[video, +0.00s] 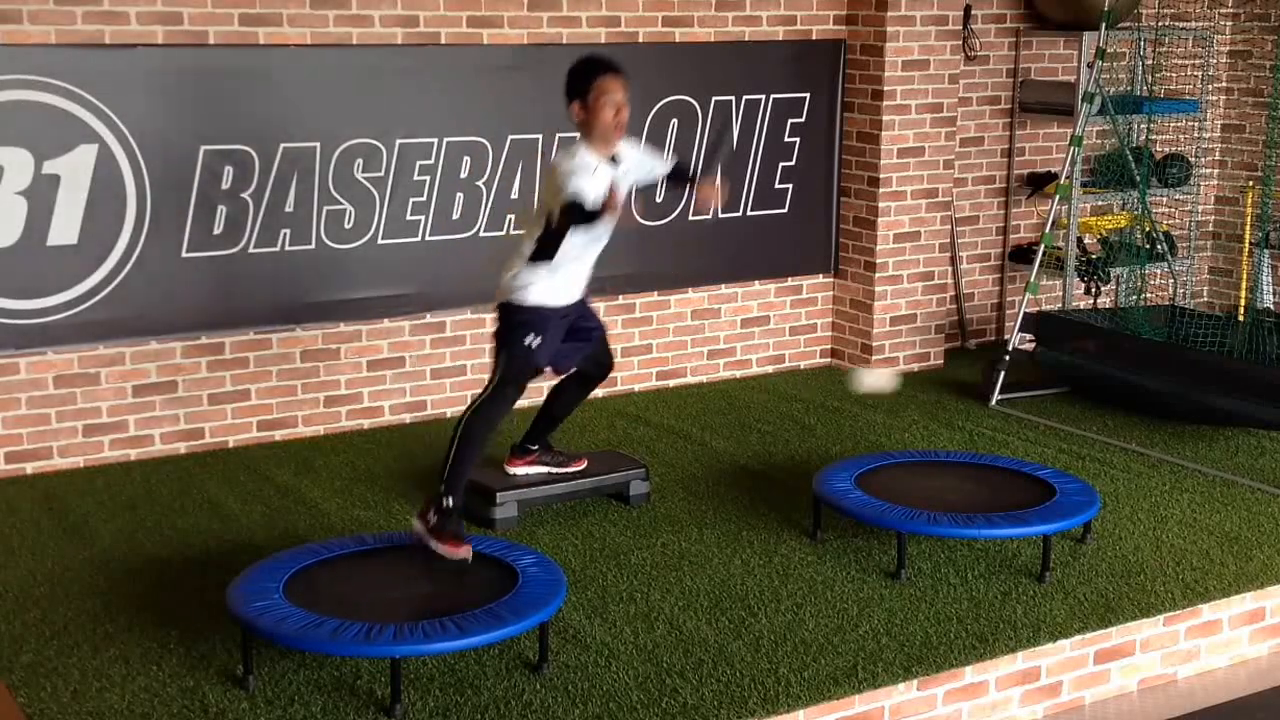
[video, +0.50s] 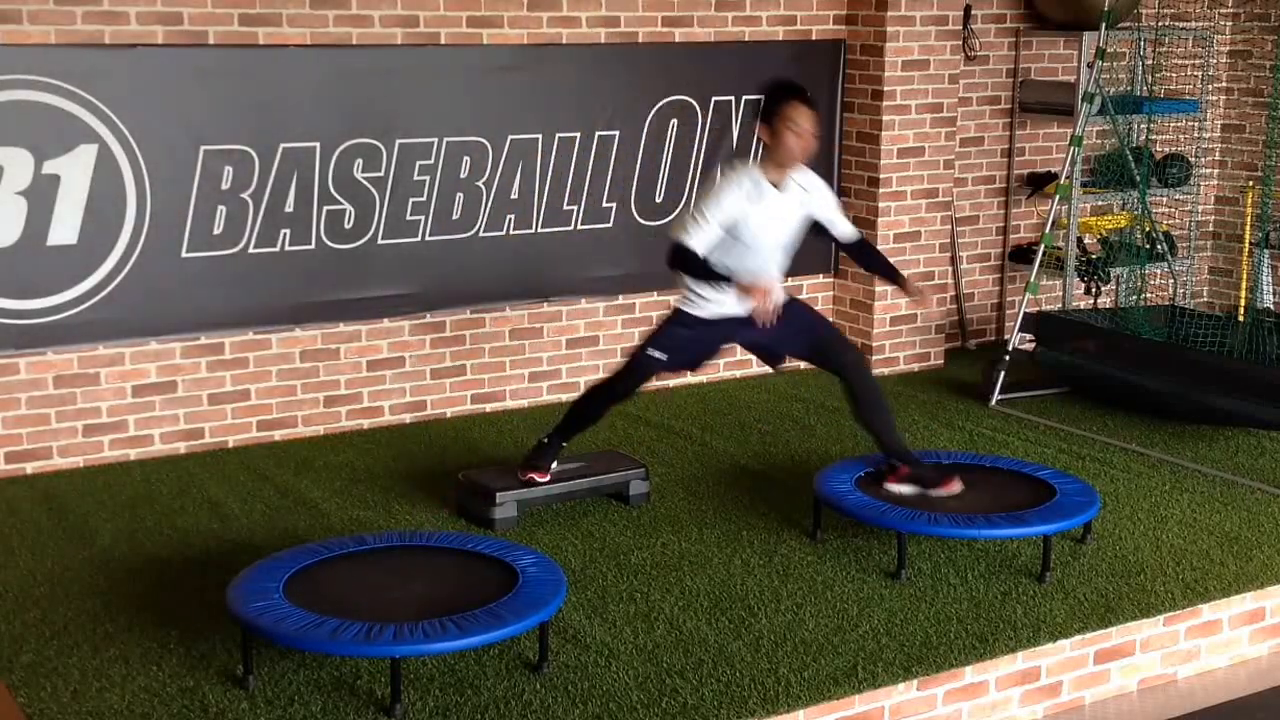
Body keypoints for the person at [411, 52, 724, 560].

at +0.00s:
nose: (621, 114)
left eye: (625, 104)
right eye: (609, 105)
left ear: (628, 107)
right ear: (580, 111)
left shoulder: (625, 154)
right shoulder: (570, 163)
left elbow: (666, 170)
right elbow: (577, 206)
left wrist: (701, 185)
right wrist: (607, 208)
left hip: (568, 299)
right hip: (530, 299)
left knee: (596, 365)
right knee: (502, 393)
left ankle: (530, 449)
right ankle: (442, 510)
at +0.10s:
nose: (643, 64)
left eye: (647, 54)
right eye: (632, 54)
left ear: (650, 58)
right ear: (600, 60)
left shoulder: (650, 110)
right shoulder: (593, 113)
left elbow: (687, 122)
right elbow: (590, 163)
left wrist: (721, 116)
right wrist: (637, 135)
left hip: (615, 267)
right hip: (570, 265)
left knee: (618, 356)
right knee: (532, 369)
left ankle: (545, 434)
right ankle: (467, 476)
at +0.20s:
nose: (674, 42)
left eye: (678, 33)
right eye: (663, 32)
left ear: (683, 40)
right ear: (631, 37)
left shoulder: (682, 90)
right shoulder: (618, 90)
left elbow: (721, 119)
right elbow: (615, 135)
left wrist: (752, 102)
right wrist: (684, 102)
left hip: (653, 249)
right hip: (597, 252)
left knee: (692, 338)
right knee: (558, 358)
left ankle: (615, 392)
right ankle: (517, 436)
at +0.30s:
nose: (713, 61)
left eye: (716, 51)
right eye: (701, 49)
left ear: (718, 55)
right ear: (668, 53)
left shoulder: (710, 106)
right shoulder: (649, 103)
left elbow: (754, 152)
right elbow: (645, 155)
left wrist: (800, 147)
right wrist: (720, 124)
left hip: (680, 250)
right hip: (623, 260)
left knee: (763, 314)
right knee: (578, 363)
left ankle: (736, 401)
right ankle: (545, 444)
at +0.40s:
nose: (756, 100)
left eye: (759, 90)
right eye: (746, 89)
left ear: (761, 94)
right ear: (713, 91)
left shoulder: (754, 146)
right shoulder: (687, 144)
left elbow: (796, 195)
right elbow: (656, 209)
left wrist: (843, 214)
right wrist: (741, 198)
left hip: (717, 272)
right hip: (655, 280)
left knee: (805, 326)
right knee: (596, 368)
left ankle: (868, 424)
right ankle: (546, 446)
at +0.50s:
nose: (804, 139)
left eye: (811, 132)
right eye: (794, 128)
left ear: (815, 138)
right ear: (766, 131)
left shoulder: (811, 189)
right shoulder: (734, 185)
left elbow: (853, 242)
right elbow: (679, 254)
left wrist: (901, 282)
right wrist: (741, 283)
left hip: (771, 309)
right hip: (707, 310)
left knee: (850, 359)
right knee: (624, 383)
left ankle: (902, 463)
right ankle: (548, 449)